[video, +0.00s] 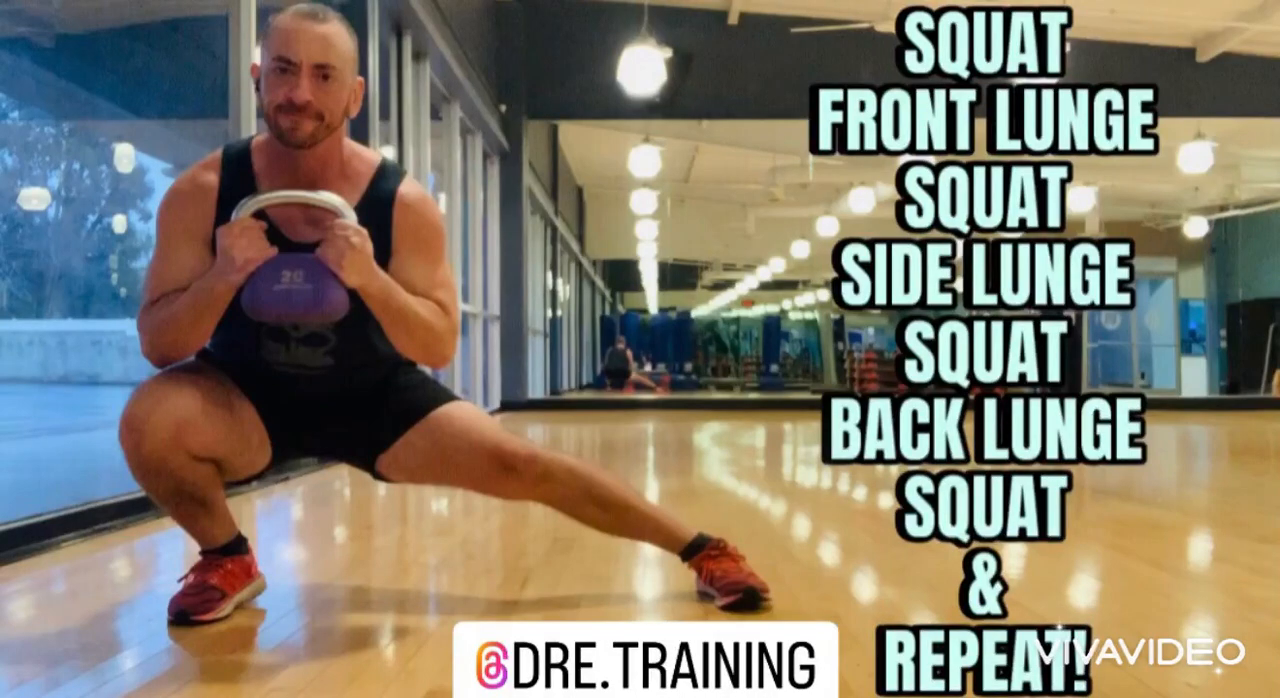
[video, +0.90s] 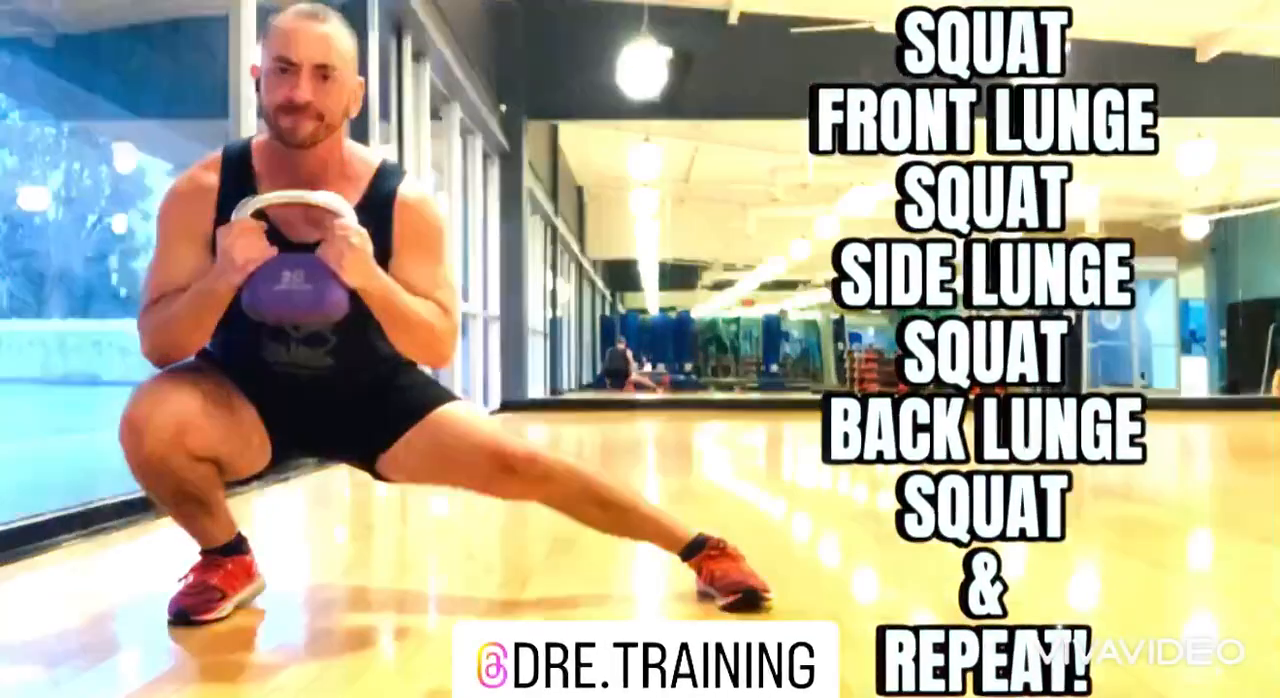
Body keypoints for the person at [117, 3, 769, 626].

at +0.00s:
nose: (298, 91)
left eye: (321, 75)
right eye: (281, 69)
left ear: (354, 91)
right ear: (257, 78)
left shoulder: (405, 205)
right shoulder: (201, 193)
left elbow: (437, 345)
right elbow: (161, 343)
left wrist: (367, 276)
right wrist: (222, 276)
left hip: (378, 398)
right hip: (253, 396)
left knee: (517, 464)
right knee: (148, 423)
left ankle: (696, 547)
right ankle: (225, 555)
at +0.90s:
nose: (299, 90)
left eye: (322, 73)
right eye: (282, 69)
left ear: (354, 90)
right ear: (257, 79)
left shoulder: (407, 209)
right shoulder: (200, 194)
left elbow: (437, 346)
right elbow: (161, 344)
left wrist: (365, 274)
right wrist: (221, 279)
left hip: (378, 399)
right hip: (252, 397)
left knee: (517, 462)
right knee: (149, 422)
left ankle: (696, 548)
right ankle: (226, 557)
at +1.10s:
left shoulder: (685, 11)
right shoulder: (564, 10)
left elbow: (712, 54)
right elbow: (529, 39)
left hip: (683, 157)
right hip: (575, 156)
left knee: (697, 351)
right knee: (571, 354)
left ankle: (715, 528)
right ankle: (560, 533)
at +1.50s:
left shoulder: (730, 3)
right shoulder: (552, 2)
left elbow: (748, 103)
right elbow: (537, 111)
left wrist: (695, 12)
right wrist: (578, 15)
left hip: (689, 197)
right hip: (585, 196)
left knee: (720, 352)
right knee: (556, 353)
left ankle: (716, 536)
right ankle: (559, 533)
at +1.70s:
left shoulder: (729, 71)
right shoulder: (556, 70)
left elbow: (744, 201)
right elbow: (532, 206)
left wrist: (696, 106)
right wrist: (579, 113)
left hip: (687, 272)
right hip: (585, 271)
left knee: (726, 368)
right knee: (546, 374)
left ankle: (716, 536)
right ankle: (559, 536)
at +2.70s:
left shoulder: (763, 1)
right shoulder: (577, 2)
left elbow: (780, 108)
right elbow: (556, 114)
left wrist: (726, 14)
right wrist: (604, 14)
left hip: (709, 205)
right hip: (601, 202)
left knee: (726, 377)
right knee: (566, 366)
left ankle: (715, 537)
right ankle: (562, 528)